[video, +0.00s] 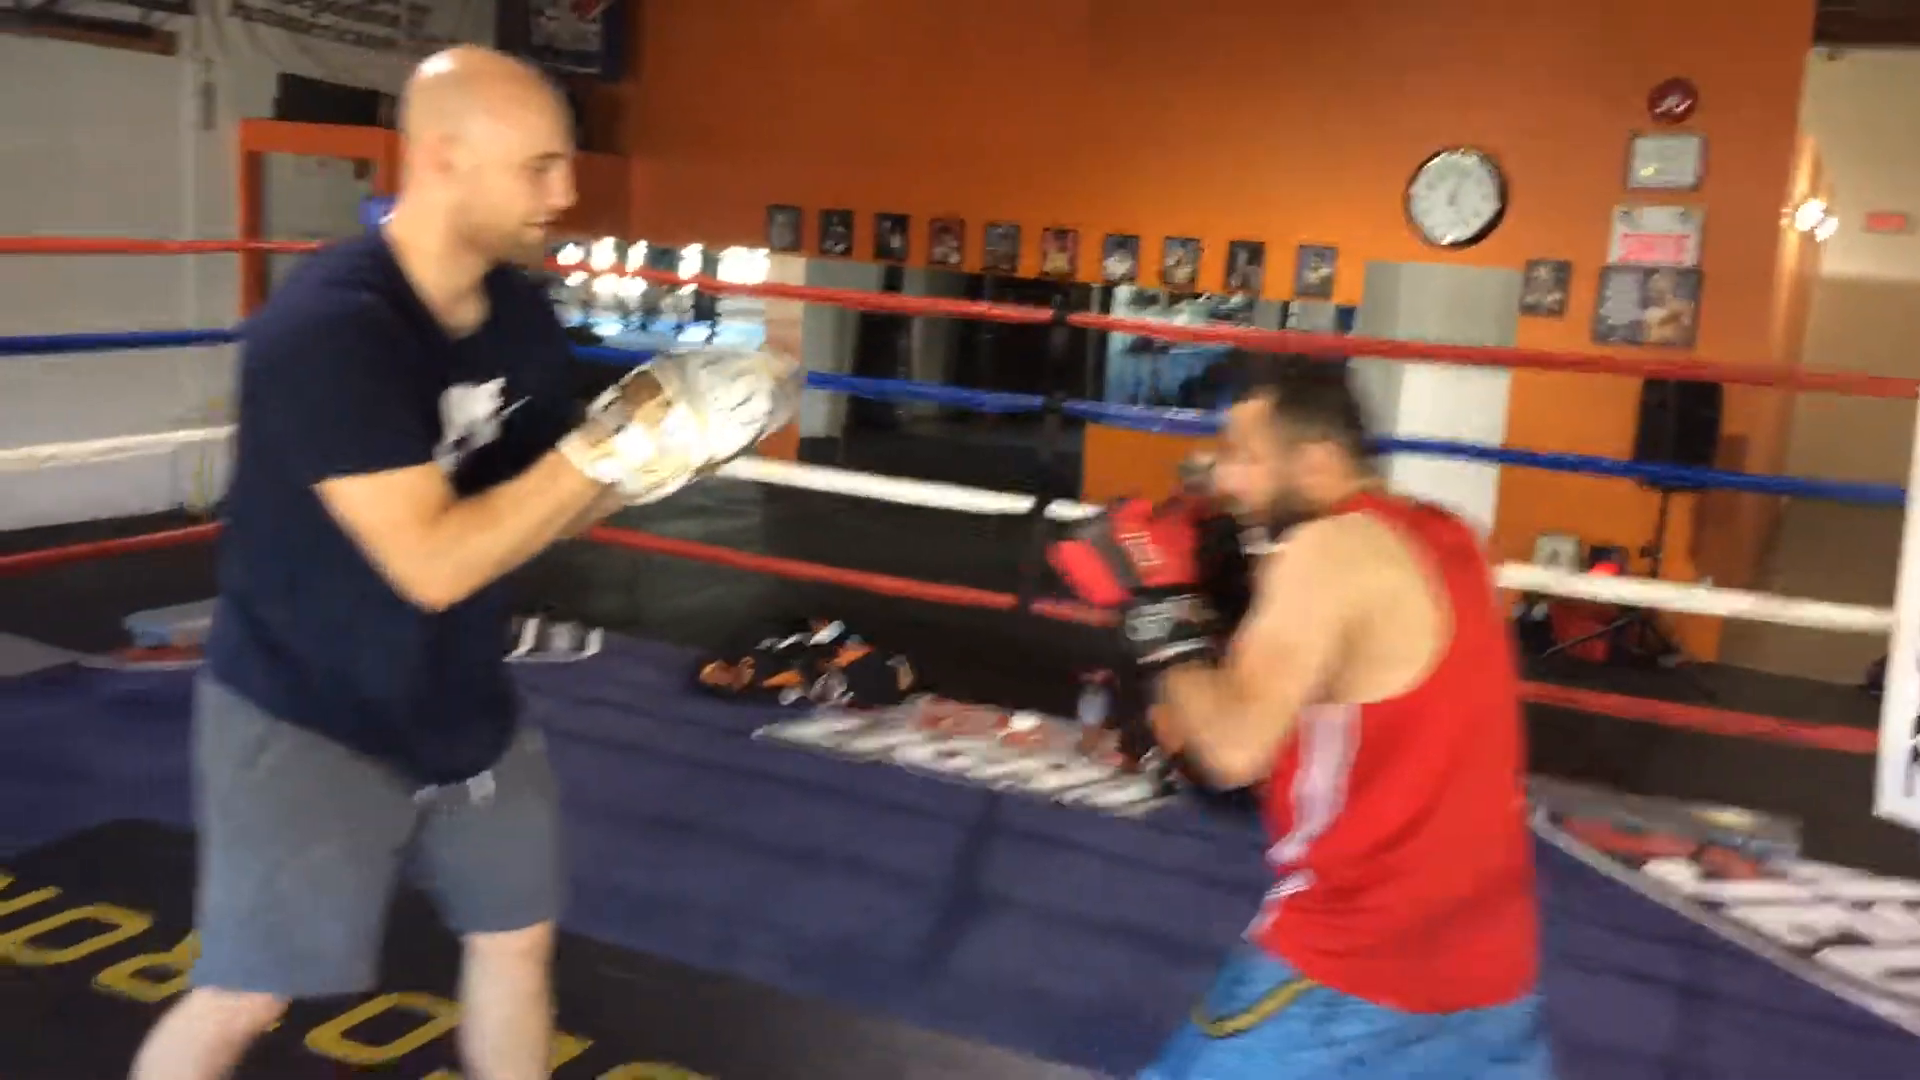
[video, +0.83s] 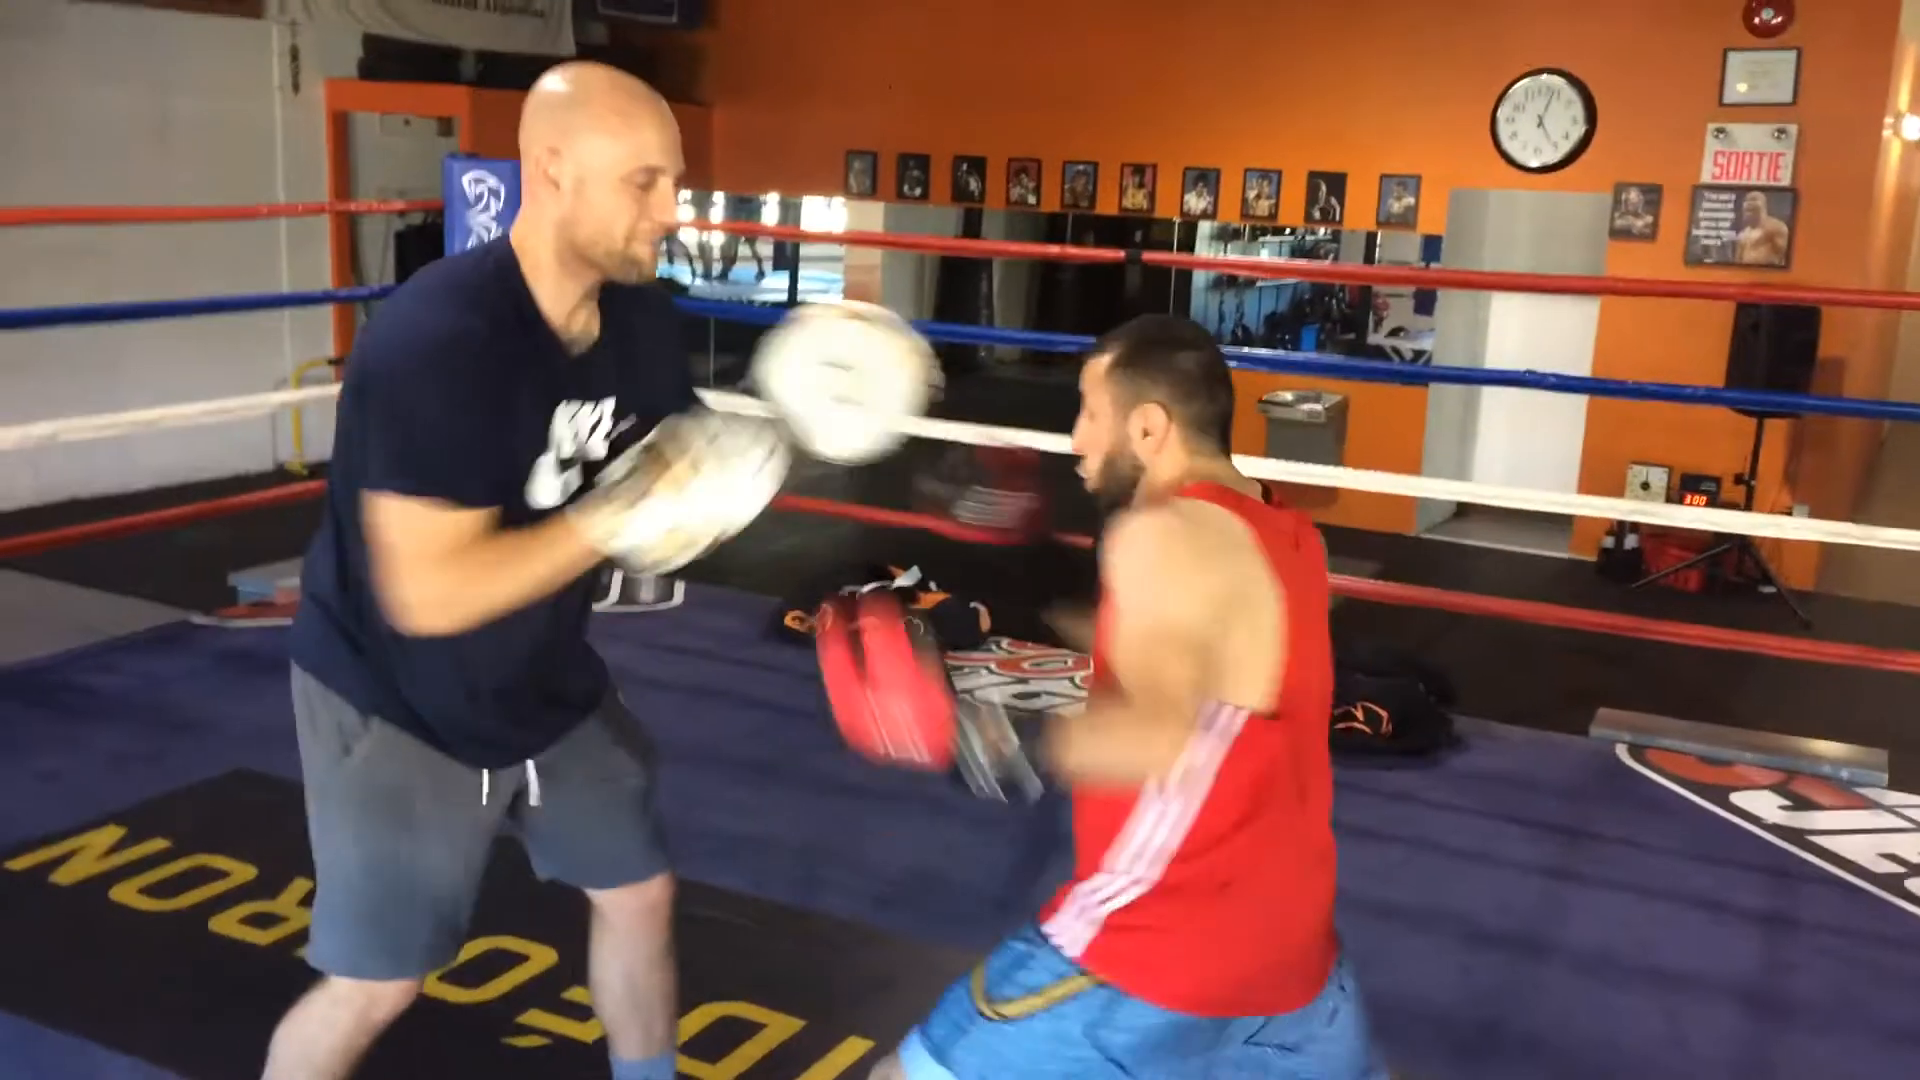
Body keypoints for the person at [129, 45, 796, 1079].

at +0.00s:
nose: (565, 195)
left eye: (565, 166)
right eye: (539, 167)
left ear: (454, 163)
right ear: (441, 161)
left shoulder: (515, 305)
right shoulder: (324, 329)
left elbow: (546, 487)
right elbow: (432, 564)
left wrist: (680, 412)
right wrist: (607, 455)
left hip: (461, 695)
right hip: (299, 712)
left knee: (514, 931)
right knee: (244, 992)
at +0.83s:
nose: (672, 214)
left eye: (674, 184)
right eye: (645, 184)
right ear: (552, 176)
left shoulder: (641, 319)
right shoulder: (430, 336)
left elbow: (654, 483)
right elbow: (422, 595)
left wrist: (781, 419)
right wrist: (616, 517)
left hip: (540, 660)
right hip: (389, 687)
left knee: (638, 893)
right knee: (377, 978)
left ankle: (647, 1075)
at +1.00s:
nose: (723, 215)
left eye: (725, 185)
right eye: (696, 183)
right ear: (604, 179)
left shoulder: (689, 343)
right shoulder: (489, 332)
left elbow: (721, 541)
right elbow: (438, 575)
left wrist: (859, 540)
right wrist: (621, 485)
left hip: (577, 696)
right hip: (422, 704)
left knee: (657, 902)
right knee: (388, 987)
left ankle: (665, 1076)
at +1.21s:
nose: (793, 239)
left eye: (797, 212)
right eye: (769, 212)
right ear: (678, 199)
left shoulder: (677, 319)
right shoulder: (655, 333)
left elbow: (693, 490)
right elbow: (914, 465)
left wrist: (670, 573)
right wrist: (1105, 501)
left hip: (612, 674)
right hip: (473, 689)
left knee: (660, 898)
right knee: (452, 971)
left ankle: (668, 1079)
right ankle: (334, 1070)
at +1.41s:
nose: (833, 238)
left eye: (841, 211)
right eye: (810, 208)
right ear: (724, 186)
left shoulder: (756, 316)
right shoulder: (694, 335)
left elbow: (752, 530)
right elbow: (867, 531)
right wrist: (979, 529)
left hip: (627, 652)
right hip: (508, 668)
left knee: (684, 903)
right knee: (487, 962)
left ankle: (680, 1074)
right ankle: (352, 1071)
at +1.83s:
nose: (836, 179)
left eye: (843, 151)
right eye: (814, 148)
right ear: (729, 131)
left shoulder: (760, 280)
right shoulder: (664, 277)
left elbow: (759, 483)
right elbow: (763, 514)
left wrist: (775, 587)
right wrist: (901, 516)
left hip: (658, 624)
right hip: (516, 627)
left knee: (701, 843)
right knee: (480, 912)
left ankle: (694, 1071)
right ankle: (309, 1071)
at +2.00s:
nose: (777, 145)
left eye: (783, 116)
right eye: (751, 112)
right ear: (662, 112)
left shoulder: (732, 272)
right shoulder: (572, 267)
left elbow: (734, 464)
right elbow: (583, 525)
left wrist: (747, 594)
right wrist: (781, 566)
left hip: (663, 616)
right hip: (511, 629)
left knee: (718, 849)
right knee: (471, 905)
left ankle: (724, 1069)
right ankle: (320, 1069)